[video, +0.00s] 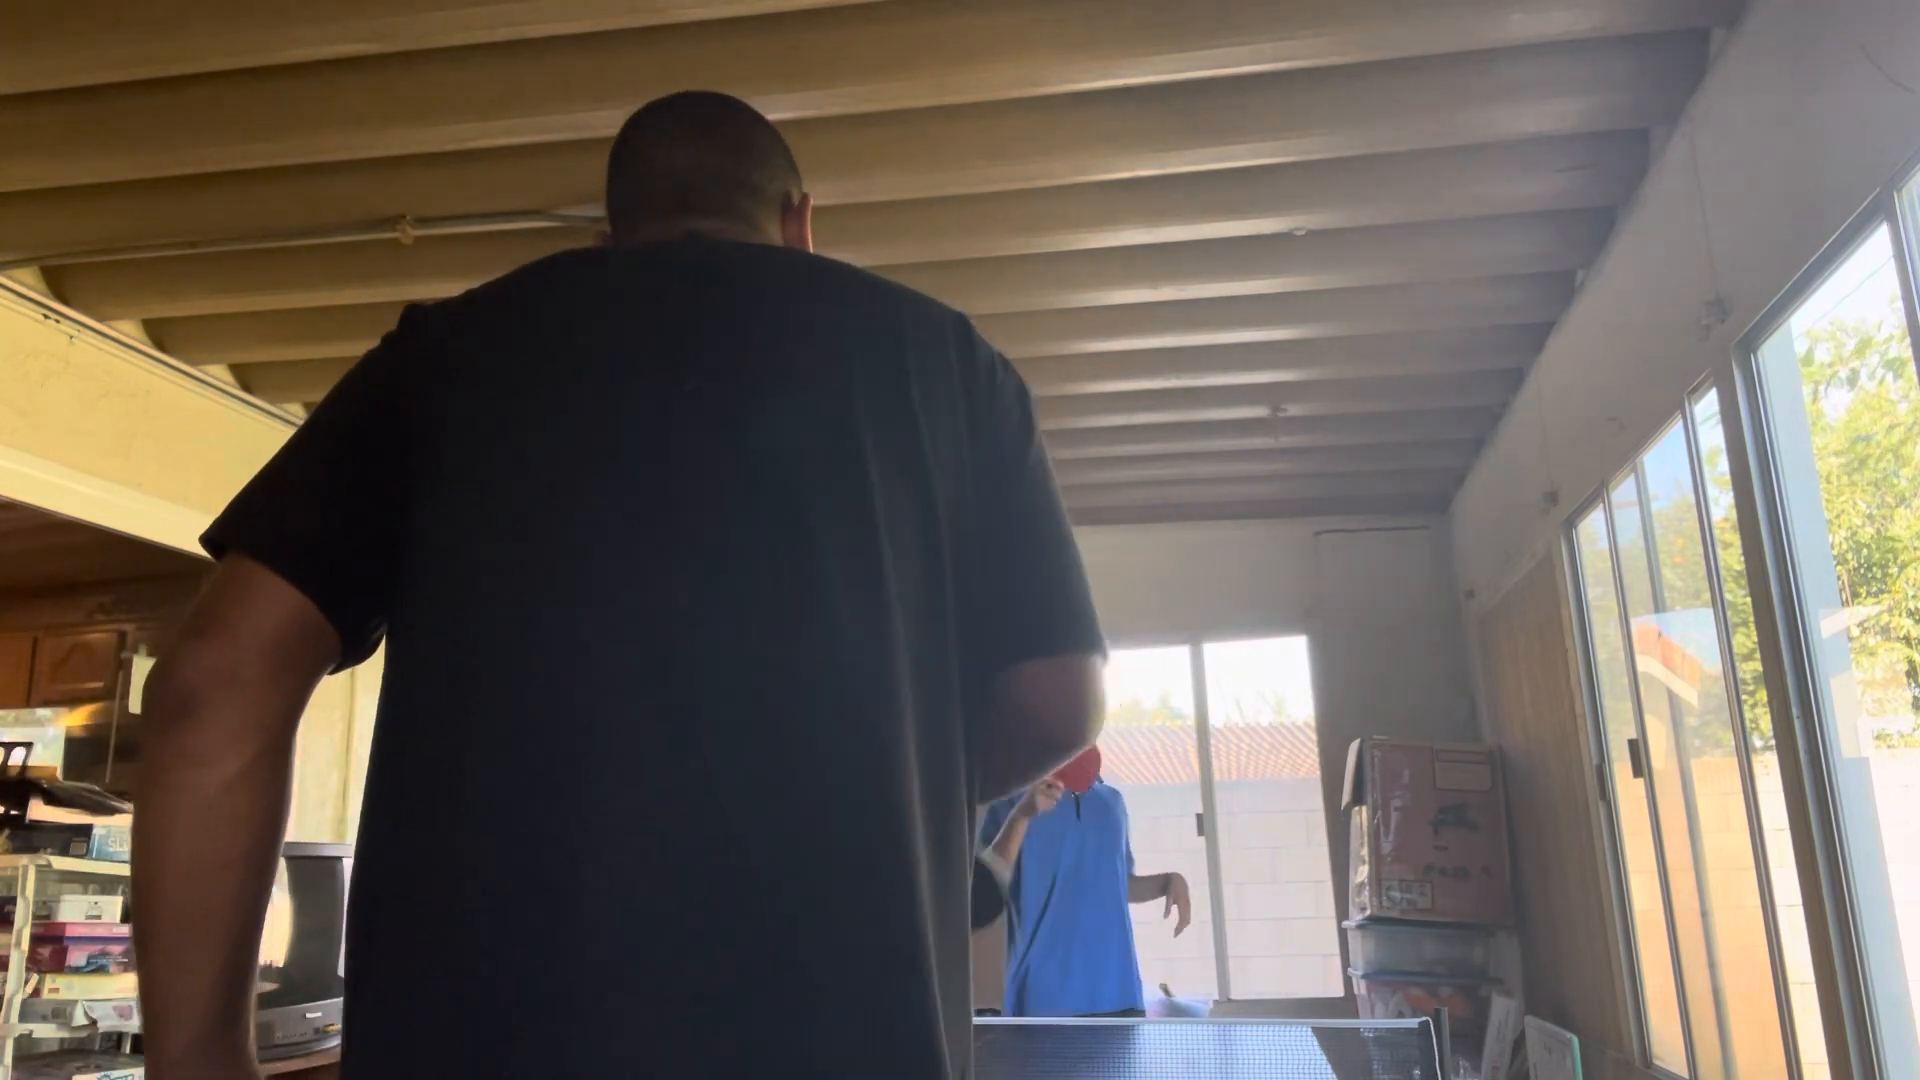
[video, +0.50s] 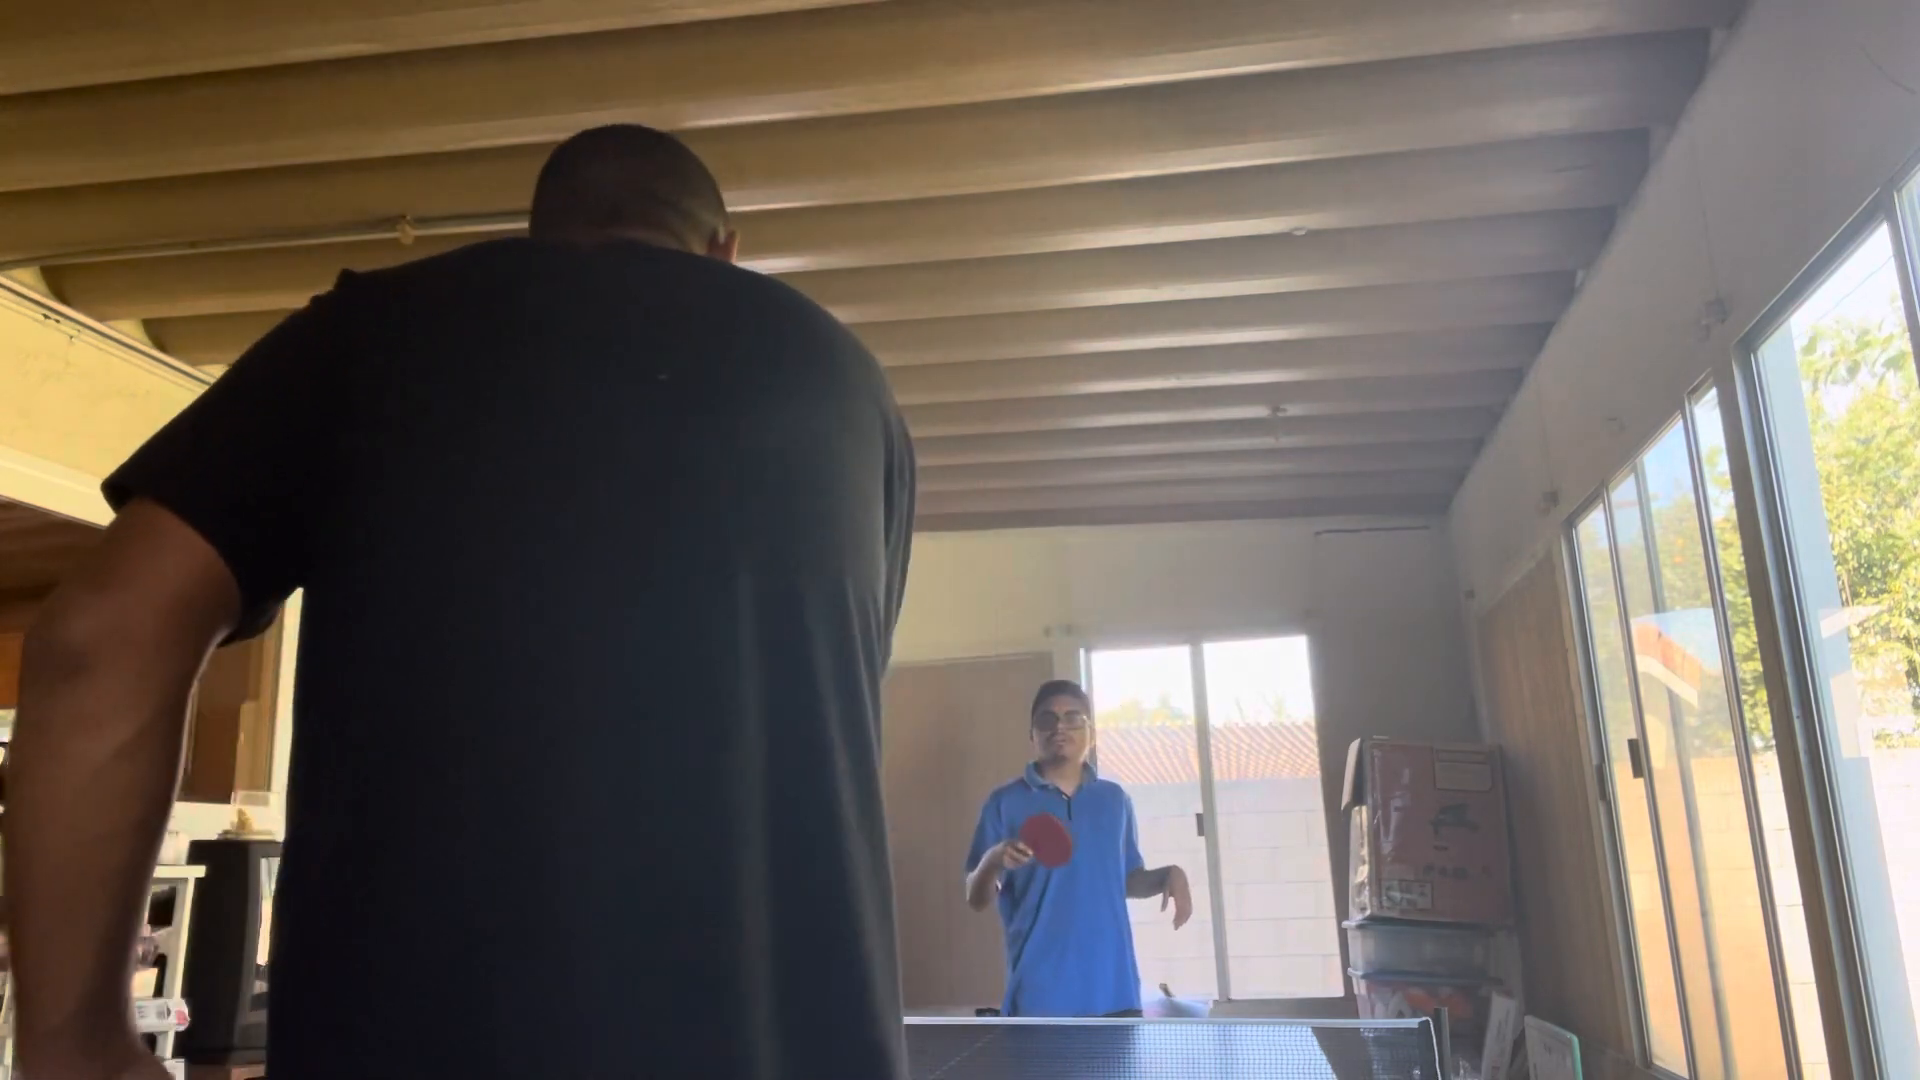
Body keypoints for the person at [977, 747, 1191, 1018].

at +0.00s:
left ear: (1096, 723)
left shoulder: (1110, 802)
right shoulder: (1009, 805)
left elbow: (1121, 886)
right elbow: (982, 902)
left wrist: (1168, 881)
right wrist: (1020, 816)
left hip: (1116, 1001)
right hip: (1040, 1005)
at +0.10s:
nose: (1078, 722)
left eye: (1084, 714)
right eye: (1067, 715)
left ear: (1094, 726)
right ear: (1047, 724)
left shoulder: (1112, 802)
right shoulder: (1011, 803)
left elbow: (1122, 885)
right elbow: (983, 890)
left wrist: (1168, 880)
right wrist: (1018, 829)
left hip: (1116, 993)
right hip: (1043, 999)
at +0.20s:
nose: (1065, 727)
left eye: (1077, 718)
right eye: (1052, 717)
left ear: (1093, 732)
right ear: (1035, 731)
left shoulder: (1113, 801)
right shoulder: (1007, 803)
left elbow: (1126, 883)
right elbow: (981, 893)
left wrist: (1171, 876)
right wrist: (1012, 841)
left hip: (1114, 992)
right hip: (1040, 999)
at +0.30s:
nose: (1062, 727)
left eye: (1075, 718)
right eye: (1050, 718)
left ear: (1092, 733)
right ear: (1034, 733)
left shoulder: (1114, 800)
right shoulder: (1007, 802)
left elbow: (1128, 882)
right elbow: (978, 896)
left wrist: (1171, 873)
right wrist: (1005, 849)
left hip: (1114, 993)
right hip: (1040, 999)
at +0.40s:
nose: (1060, 728)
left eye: (1073, 718)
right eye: (1048, 719)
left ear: (1092, 733)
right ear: (1033, 734)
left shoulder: (1114, 800)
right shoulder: (1006, 803)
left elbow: (1129, 881)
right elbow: (977, 898)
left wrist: (1170, 873)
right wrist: (1000, 853)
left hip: (1114, 992)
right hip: (1040, 997)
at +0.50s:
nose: (1059, 728)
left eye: (1072, 718)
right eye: (1047, 719)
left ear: (1091, 732)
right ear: (1032, 733)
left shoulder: (1114, 799)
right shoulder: (1005, 803)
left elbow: (1128, 881)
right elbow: (977, 899)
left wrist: (1169, 874)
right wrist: (994, 858)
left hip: (1113, 990)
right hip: (1040, 995)